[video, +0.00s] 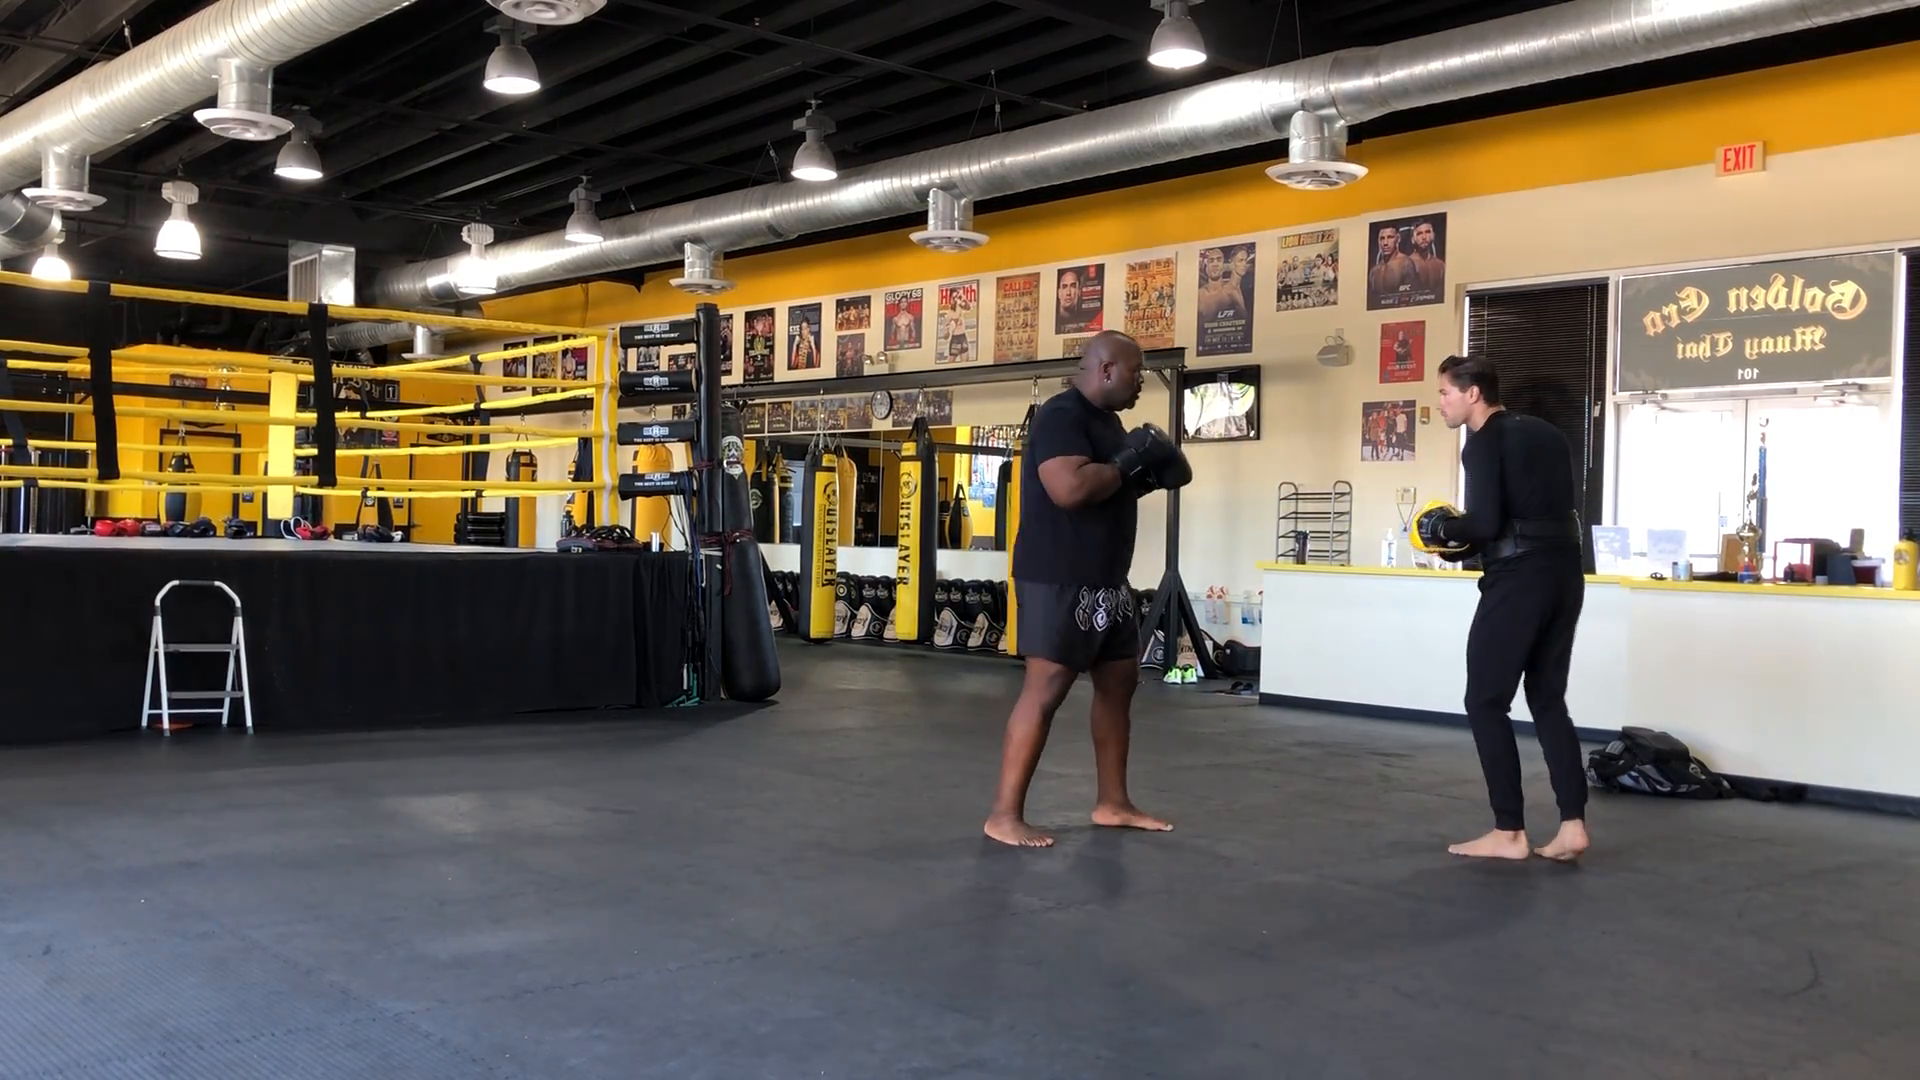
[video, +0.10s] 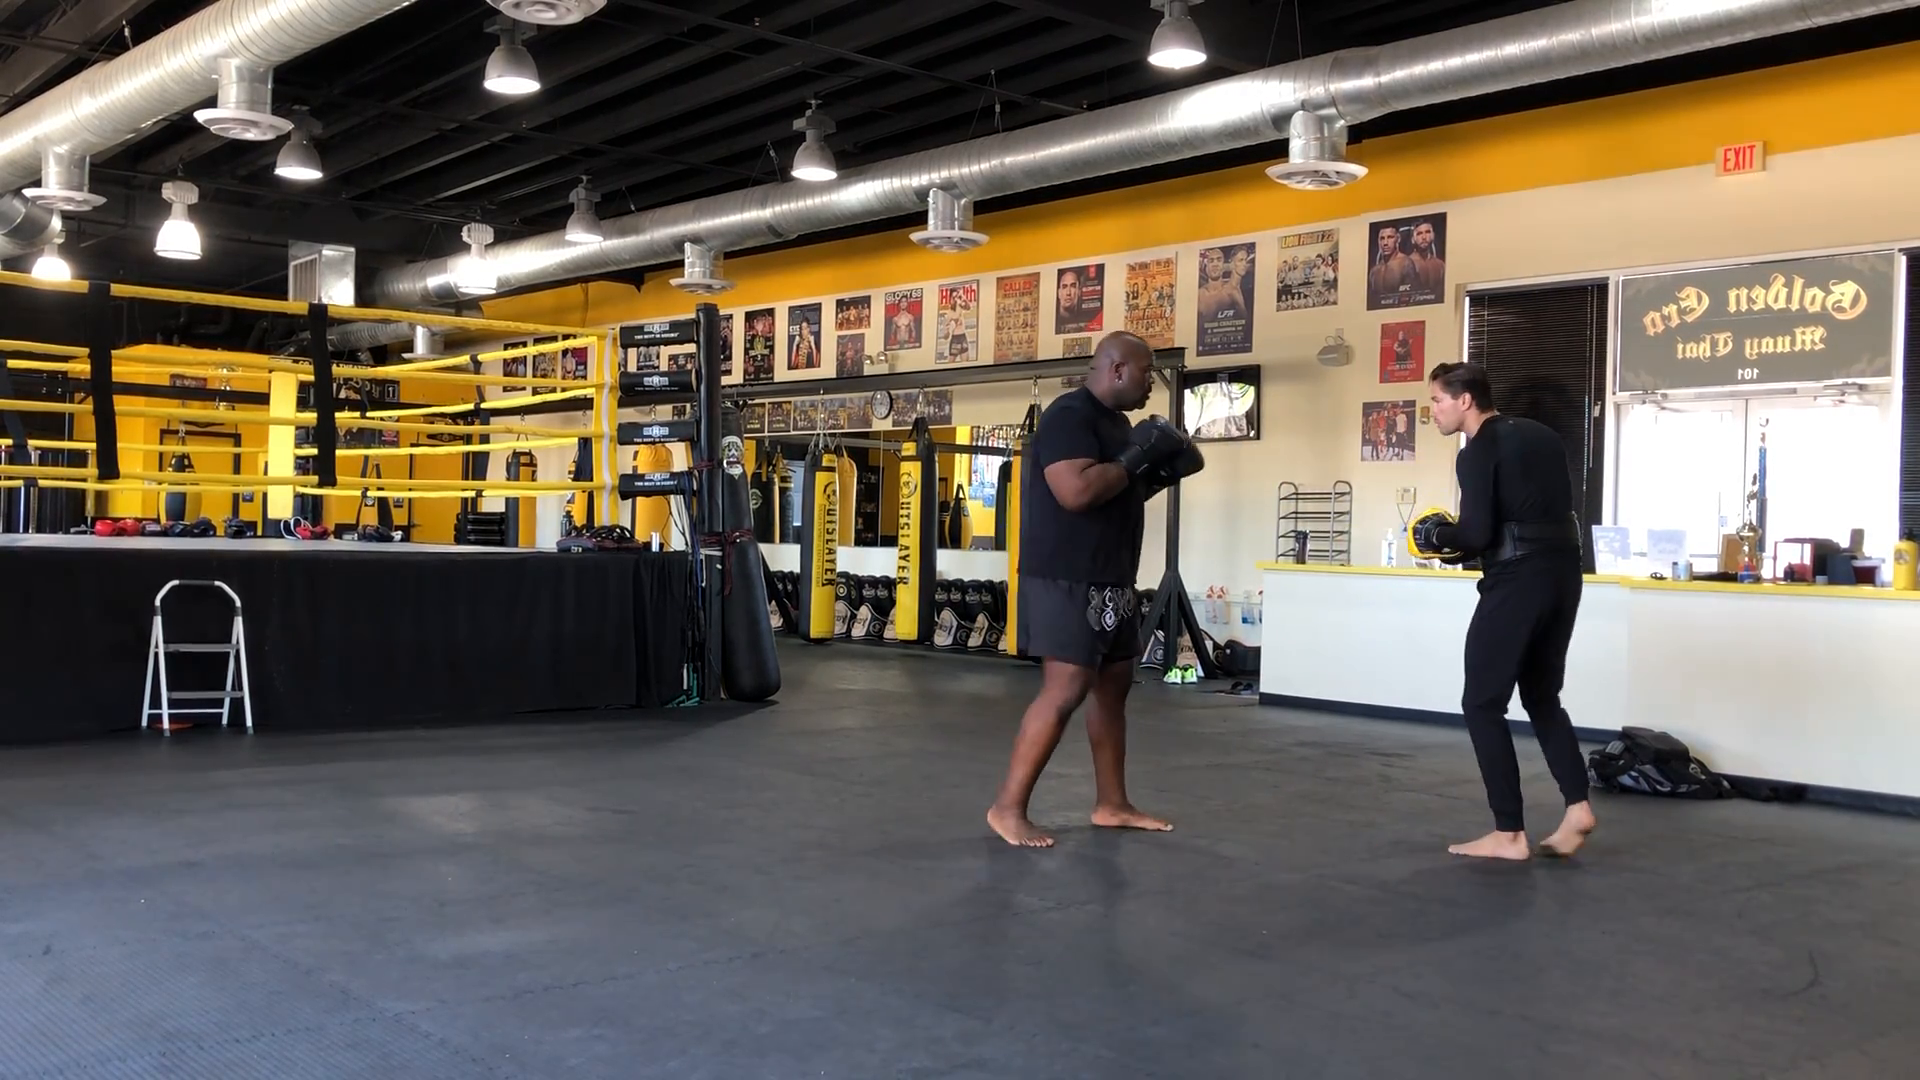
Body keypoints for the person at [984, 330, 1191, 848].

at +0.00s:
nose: (1140, 384)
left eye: (1141, 375)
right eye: (1136, 374)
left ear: (1106, 369)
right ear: (1105, 369)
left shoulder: (1109, 426)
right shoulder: (1059, 413)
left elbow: (1108, 495)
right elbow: (1068, 488)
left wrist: (1153, 474)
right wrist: (1128, 458)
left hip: (1106, 579)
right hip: (1056, 579)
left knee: (1118, 681)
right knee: (1044, 686)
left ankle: (1112, 802)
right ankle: (1004, 816)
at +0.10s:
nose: (1150, 382)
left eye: (1151, 373)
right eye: (1146, 372)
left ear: (1116, 368)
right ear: (1116, 367)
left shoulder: (1117, 428)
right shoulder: (1067, 414)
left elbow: (1116, 499)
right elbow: (1075, 490)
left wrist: (1161, 471)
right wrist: (1136, 454)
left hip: (1111, 579)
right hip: (1065, 578)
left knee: (1112, 683)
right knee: (1065, 686)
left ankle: (1111, 804)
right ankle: (1007, 809)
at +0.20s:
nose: (1157, 385)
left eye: (1158, 377)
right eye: (1153, 375)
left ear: (1122, 371)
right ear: (1123, 370)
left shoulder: (1125, 430)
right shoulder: (1073, 413)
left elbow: (1129, 503)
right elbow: (1080, 487)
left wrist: (1171, 476)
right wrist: (1141, 461)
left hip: (1113, 578)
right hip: (1067, 574)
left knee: (1110, 686)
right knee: (1085, 680)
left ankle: (1112, 804)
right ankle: (1017, 795)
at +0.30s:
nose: (1159, 383)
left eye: (1160, 374)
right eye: (1154, 373)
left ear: (1125, 369)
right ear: (1123, 368)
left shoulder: (1126, 428)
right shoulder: (1078, 411)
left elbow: (1130, 494)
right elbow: (1082, 484)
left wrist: (1172, 467)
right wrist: (1145, 459)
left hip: (1113, 574)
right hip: (1070, 570)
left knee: (1114, 682)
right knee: (1089, 678)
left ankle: (1112, 804)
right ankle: (1031, 803)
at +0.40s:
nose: (1155, 384)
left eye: (1156, 375)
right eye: (1151, 374)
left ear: (1120, 370)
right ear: (1120, 369)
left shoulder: (1120, 427)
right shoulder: (1075, 414)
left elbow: (1123, 494)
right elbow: (1085, 490)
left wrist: (1168, 475)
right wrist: (1145, 458)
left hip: (1116, 579)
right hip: (1075, 577)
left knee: (1119, 685)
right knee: (1085, 684)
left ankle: (1113, 804)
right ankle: (1033, 814)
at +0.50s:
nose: (1150, 388)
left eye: (1151, 379)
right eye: (1146, 377)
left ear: (1115, 373)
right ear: (1115, 373)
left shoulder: (1112, 430)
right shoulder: (1071, 421)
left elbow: (1124, 492)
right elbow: (1090, 501)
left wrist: (1165, 486)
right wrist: (1144, 463)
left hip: (1118, 583)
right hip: (1075, 583)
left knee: (1136, 680)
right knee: (1081, 689)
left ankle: (1115, 803)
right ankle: (1031, 820)